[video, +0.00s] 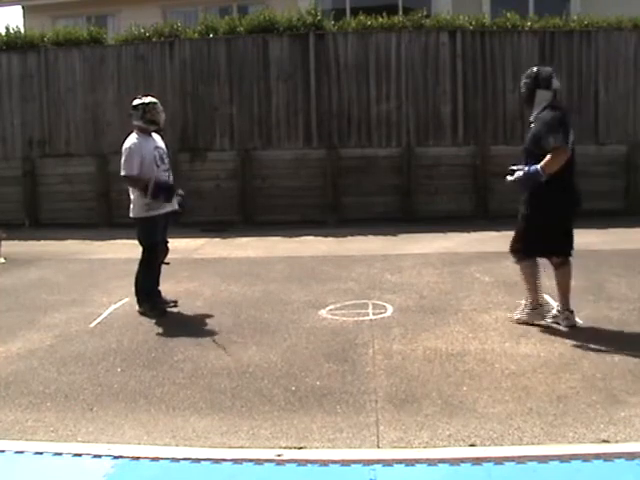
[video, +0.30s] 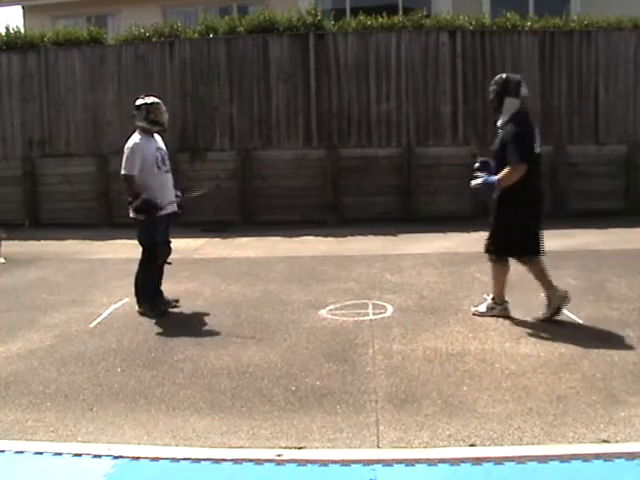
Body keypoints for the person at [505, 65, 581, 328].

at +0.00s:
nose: (522, 94)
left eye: (526, 89)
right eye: (524, 89)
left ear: (536, 91)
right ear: (548, 90)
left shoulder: (552, 118)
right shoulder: (545, 117)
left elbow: (560, 153)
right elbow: (547, 155)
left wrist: (533, 172)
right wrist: (527, 169)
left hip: (545, 199)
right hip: (555, 197)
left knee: (522, 249)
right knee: (559, 253)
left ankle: (534, 303)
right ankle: (564, 309)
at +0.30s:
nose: (491, 98)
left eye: (495, 94)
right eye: (492, 93)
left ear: (506, 97)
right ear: (512, 96)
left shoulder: (515, 125)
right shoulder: (515, 122)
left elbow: (518, 166)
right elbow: (512, 160)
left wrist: (493, 182)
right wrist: (493, 167)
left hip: (513, 199)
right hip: (524, 198)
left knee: (496, 249)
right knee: (524, 250)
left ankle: (497, 300)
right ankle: (554, 294)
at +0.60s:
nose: (472, 96)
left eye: (476, 91)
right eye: (473, 90)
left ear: (488, 94)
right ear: (490, 95)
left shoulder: (499, 123)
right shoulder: (487, 121)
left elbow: (494, 162)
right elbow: (481, 155)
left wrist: (472, 182)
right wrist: (468, 173)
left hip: (496, 195)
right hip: (487, 193)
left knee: (488, 245)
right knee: (477, 241)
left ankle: (497, 300)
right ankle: (487, 289)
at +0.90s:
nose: (446, 102)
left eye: (450, 97)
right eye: (447, 96)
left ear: (462, 99)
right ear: (463, 98)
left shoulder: (480, 125)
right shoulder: (459, 125)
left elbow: (486, 161)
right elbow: (463, 162)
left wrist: (470, 189)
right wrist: (449, 181)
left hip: (478, 197)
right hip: (461, 195)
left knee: (478, 250)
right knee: (455, 243)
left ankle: (497, 300)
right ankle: (451, 290)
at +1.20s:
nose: (433, 105)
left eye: (436, 100)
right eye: (432, 100)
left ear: (449, 99)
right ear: (444, 99)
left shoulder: (468, 121)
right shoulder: (446, 125)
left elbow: (481, 150)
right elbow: (448, 163)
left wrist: (465, 178)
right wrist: (430, 177)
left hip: (471, 193)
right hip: (453, 192)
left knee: (465, 244)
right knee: (451, 242)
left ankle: (487, 291)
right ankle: (450, 289)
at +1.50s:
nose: (439, 103)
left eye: (443, 97)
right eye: (440, 97)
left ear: (456, 98)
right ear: (450, 99)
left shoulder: (472, 124)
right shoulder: (450, 125)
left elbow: (480, 157)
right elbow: (447, 157)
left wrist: (451, 169)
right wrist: (427, 171)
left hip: (472, 197)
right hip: (453, 196)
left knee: (476, 246)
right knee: (452, 244)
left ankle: (486, 294)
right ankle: (450, 290)